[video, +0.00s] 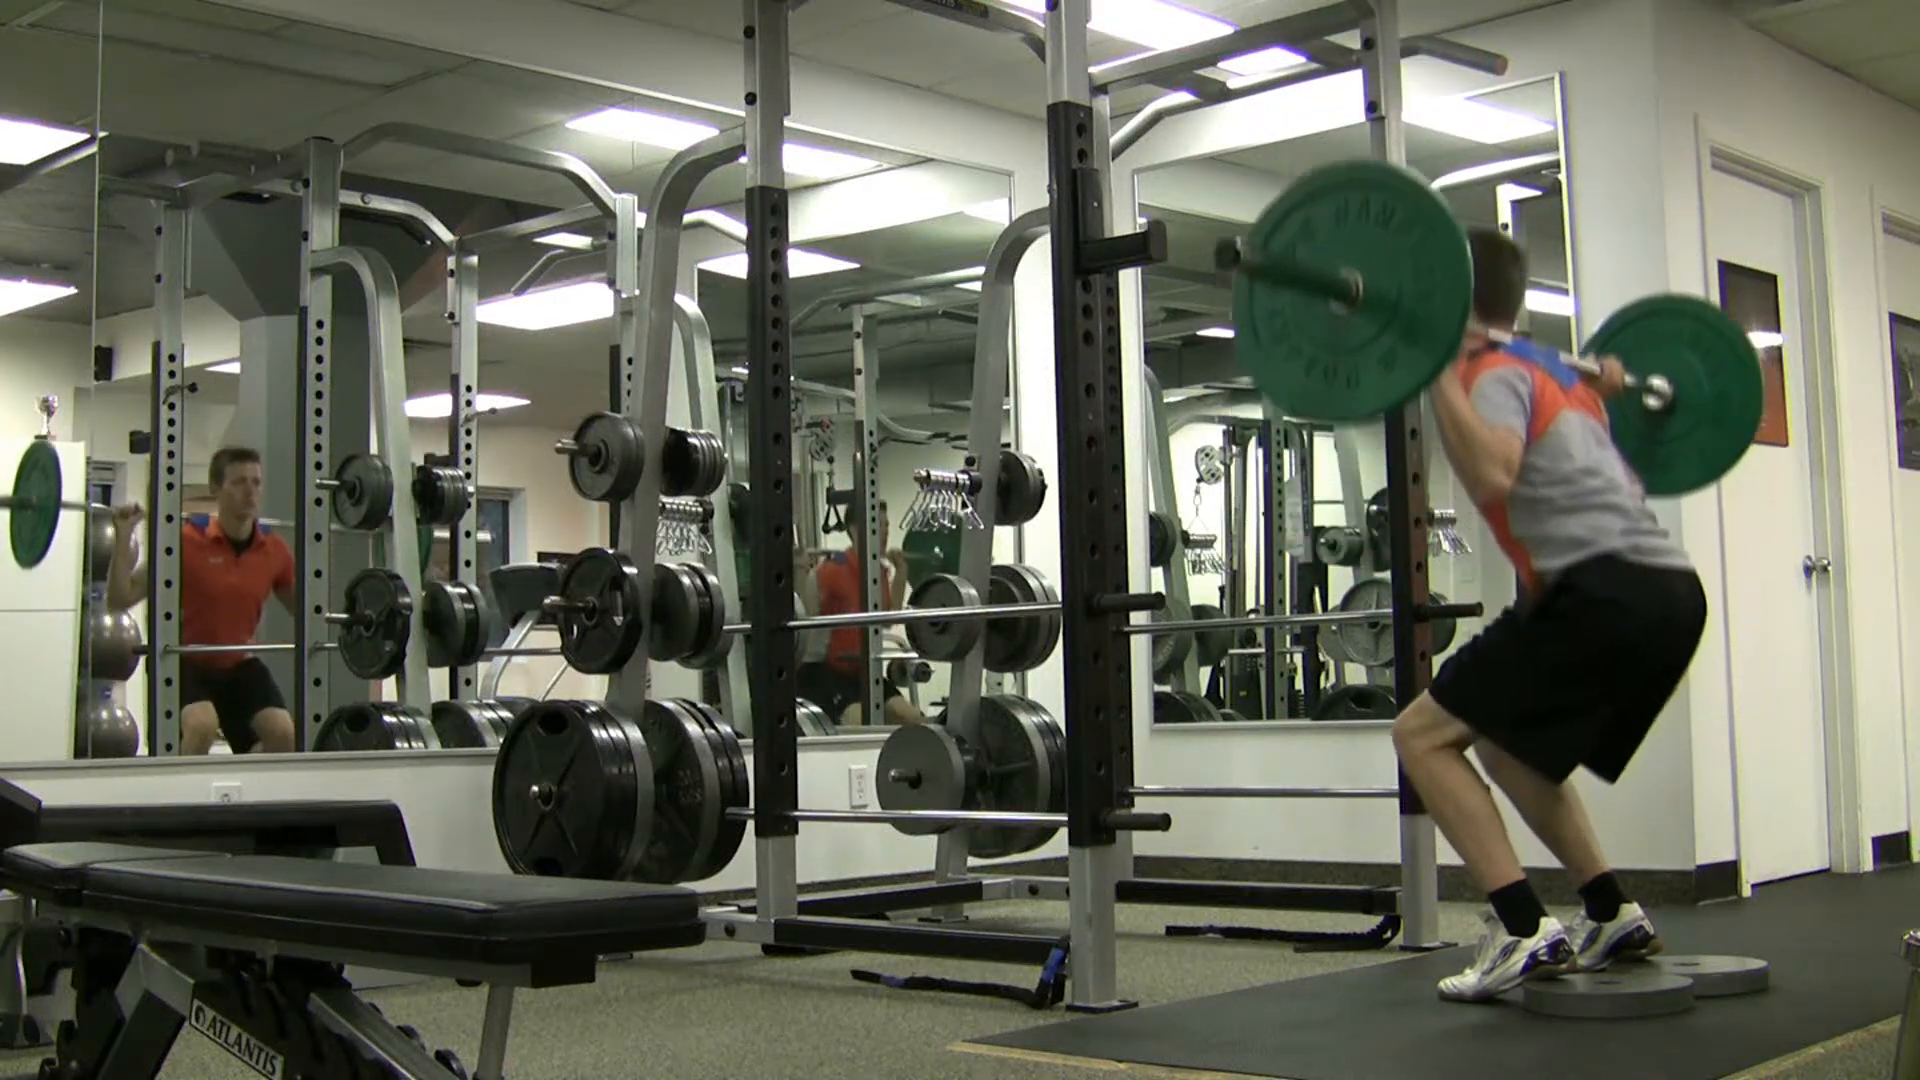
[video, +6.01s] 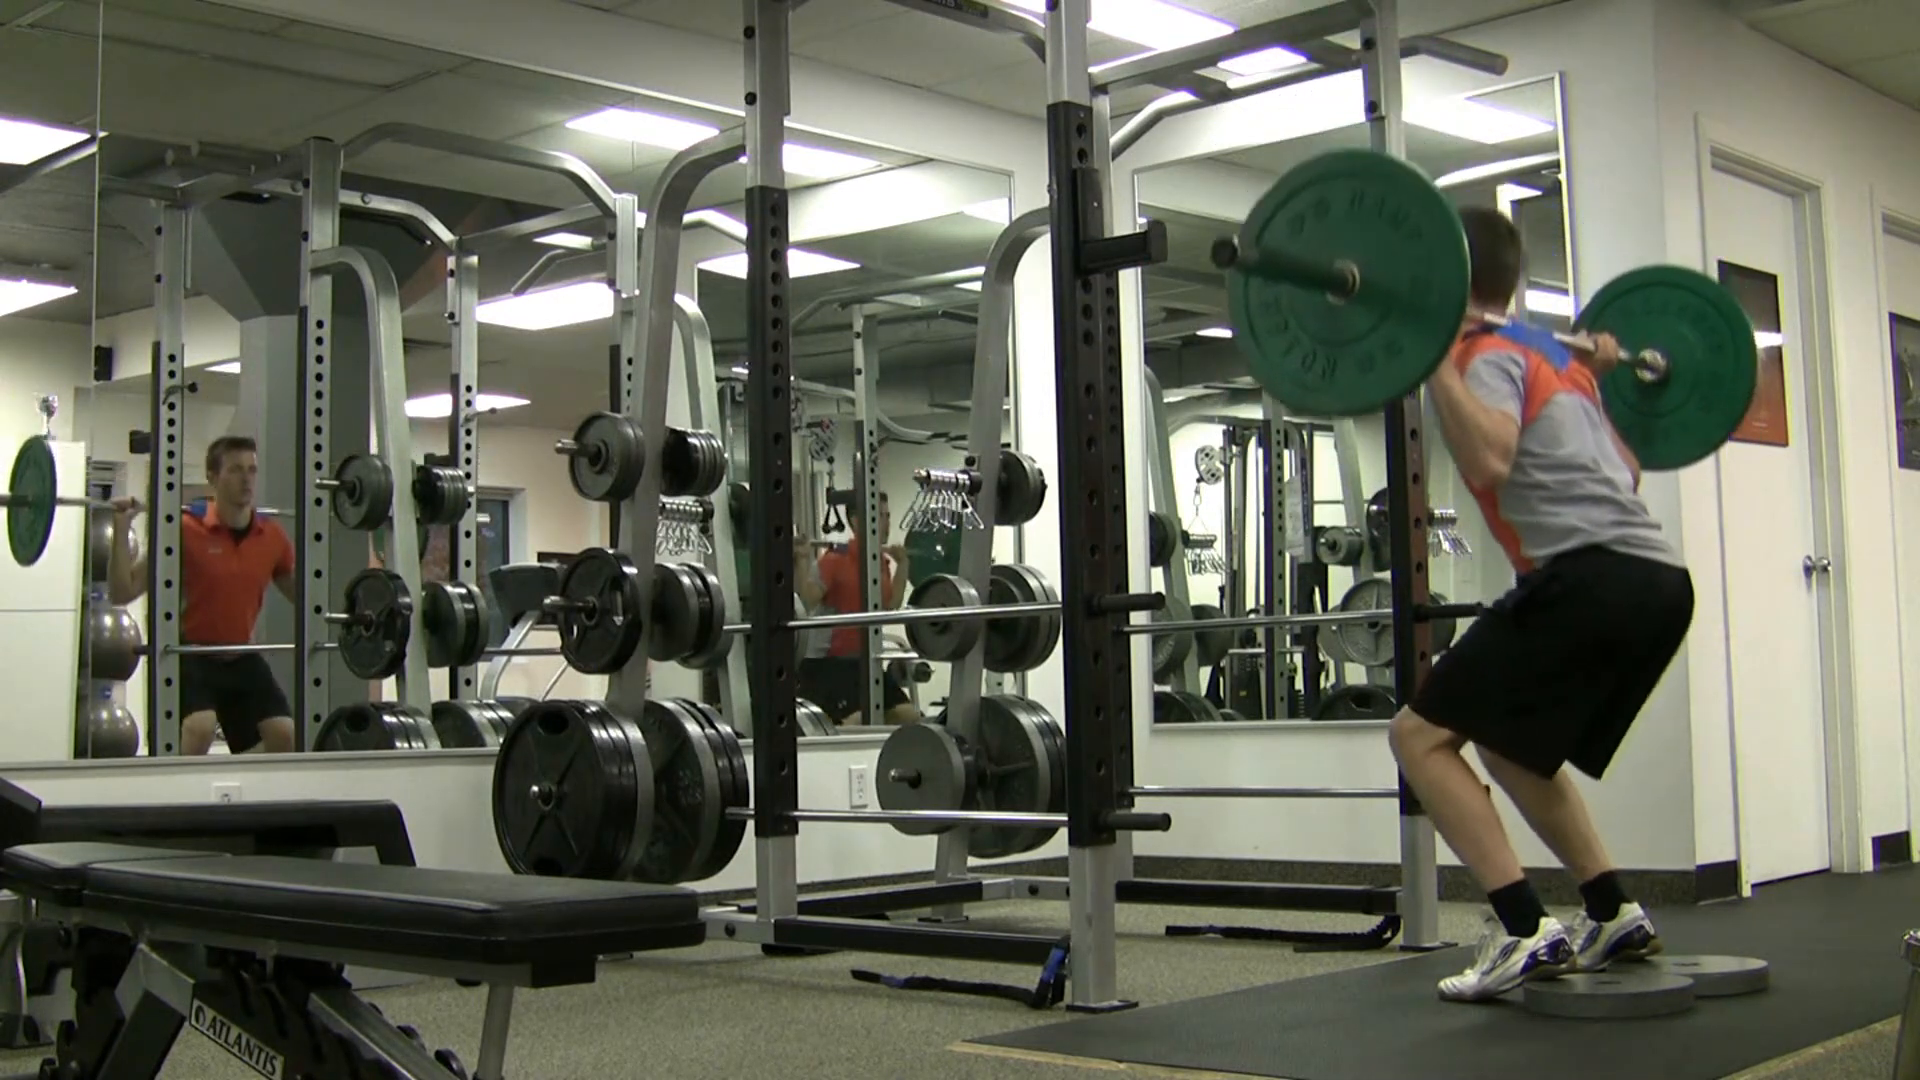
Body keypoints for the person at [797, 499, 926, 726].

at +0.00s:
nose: (882, 532)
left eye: (885, 525)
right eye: (873, 525)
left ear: (888, 527)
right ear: (854, 530)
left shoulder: (880, 571)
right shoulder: (832, 570)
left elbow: (890, 616)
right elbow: (810, 617)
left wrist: (901, 573)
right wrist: (801, 574)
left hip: (868, 670)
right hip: (831, 669)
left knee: (912, 719)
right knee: (858, 720)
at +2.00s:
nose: (875, 515)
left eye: (881, 508)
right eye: (867, 508)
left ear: (885, 511)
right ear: (850, 513)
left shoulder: (877, 556)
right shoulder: (833, 553)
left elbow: (888, 603)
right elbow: (808, 597)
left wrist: (899, 557)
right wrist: (801, 555)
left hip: (871, 656)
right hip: (839, 656)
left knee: (906, 717)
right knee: (855, 721)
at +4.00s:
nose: (885, 495)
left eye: (885, 488)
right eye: (879, 488)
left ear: (882, 492)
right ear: (861, 491)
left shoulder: (877, 534)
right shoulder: (832, 531)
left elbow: (887, 585)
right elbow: (800, 580)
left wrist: (900, 538)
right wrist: (800, 533)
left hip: (867, 642)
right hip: (835, 644)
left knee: (903, 718)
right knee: (853, 721)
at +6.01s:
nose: (883, 522)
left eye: (885, 516)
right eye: (876, 515)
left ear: (888, 521)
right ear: (854, 521)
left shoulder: (882, 562)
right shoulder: (835, 558)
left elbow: (890, 608)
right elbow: (811, 599)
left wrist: (902, 564)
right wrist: (802, 561)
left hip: (870, 660)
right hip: (838, 660)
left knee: (909, 718)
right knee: (856, 723)